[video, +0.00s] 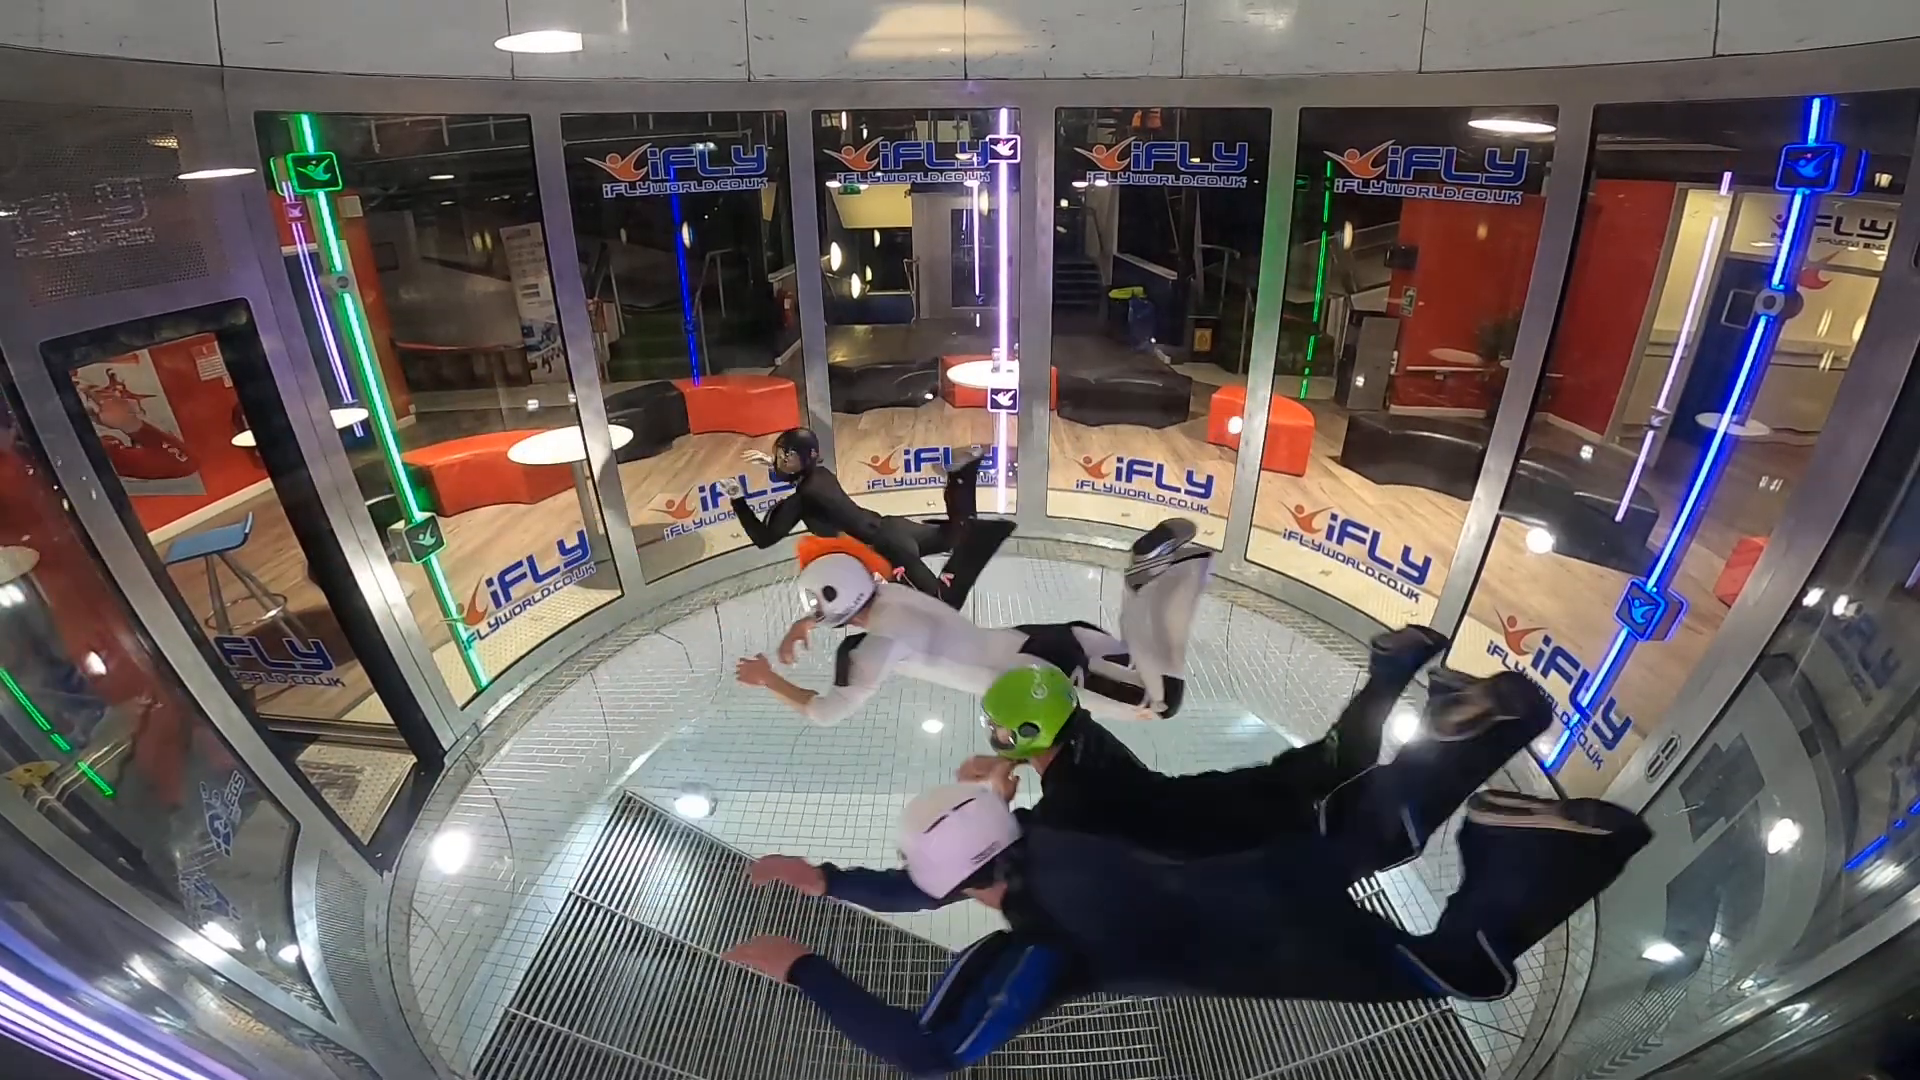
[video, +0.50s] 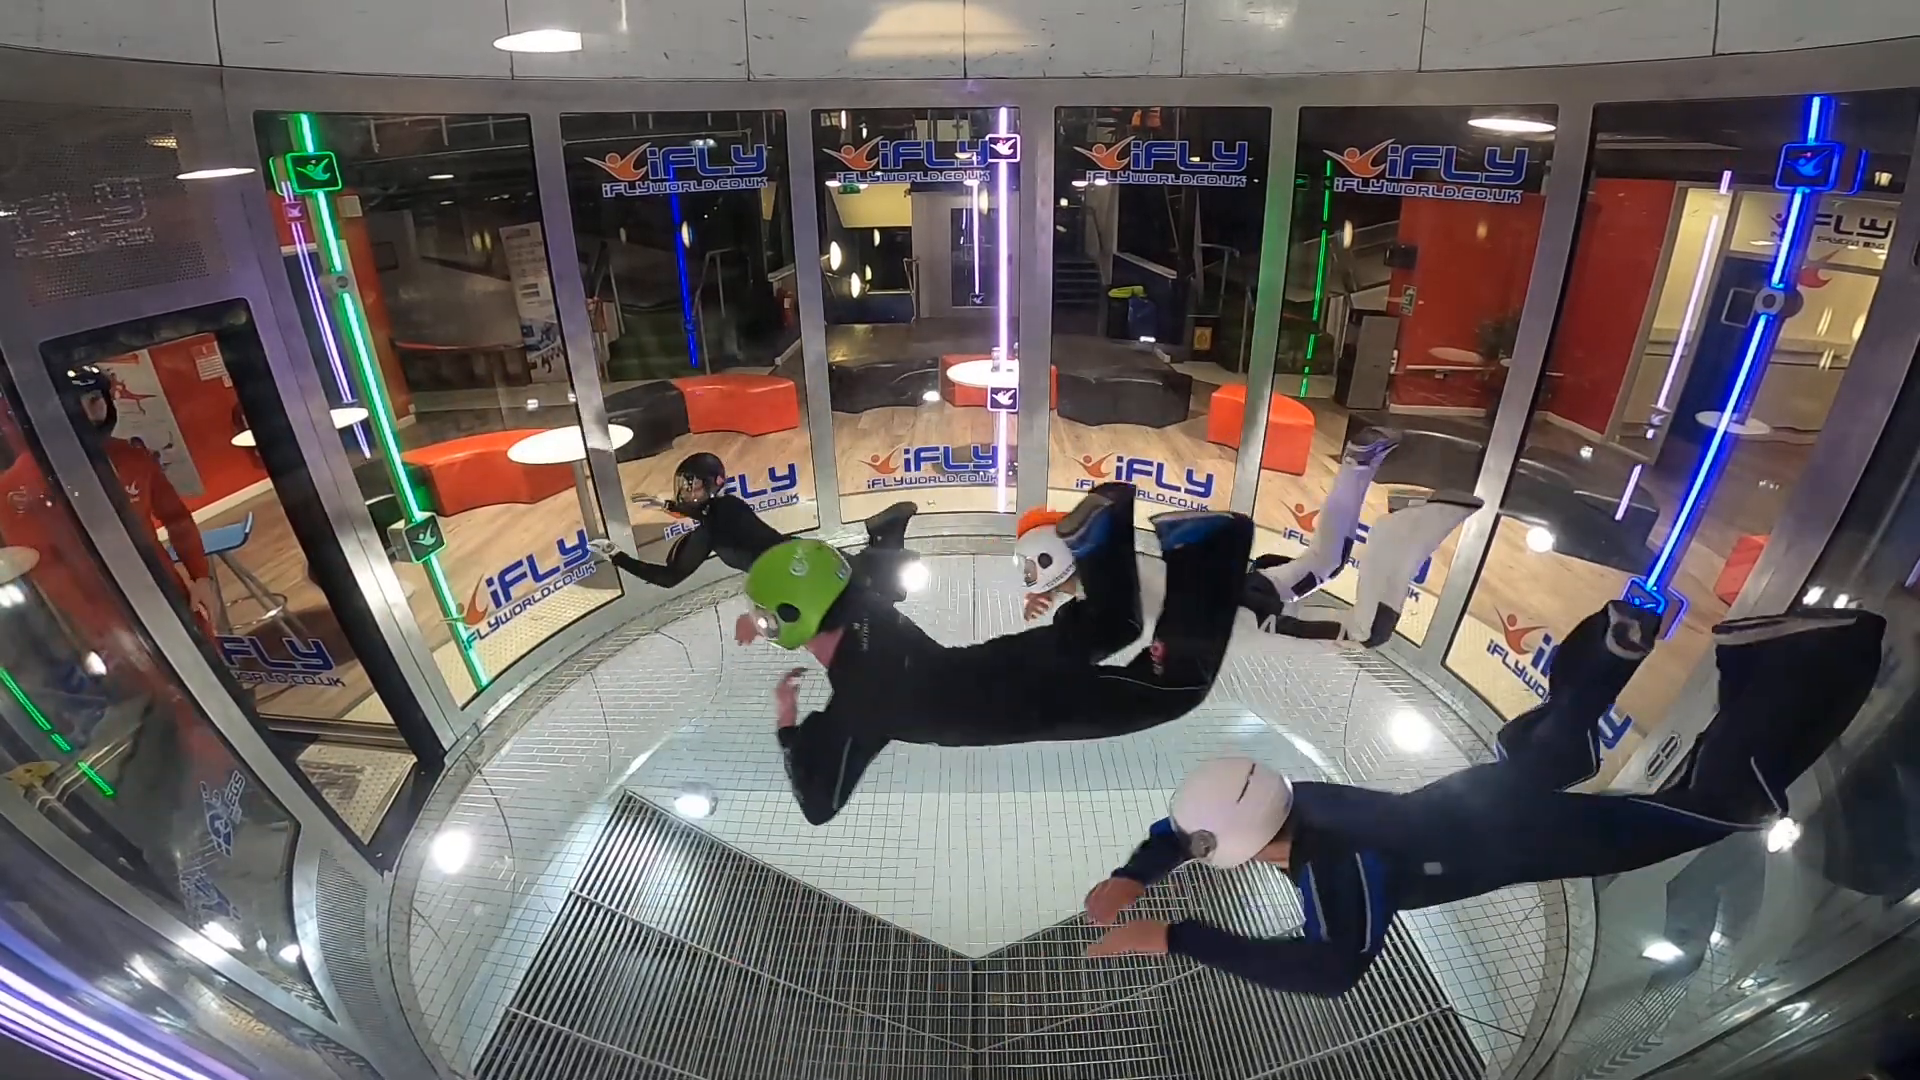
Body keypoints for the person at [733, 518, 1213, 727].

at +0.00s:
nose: (820, 618)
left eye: (826, 609)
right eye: (817, 608)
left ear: (848, 607)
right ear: (858, 581)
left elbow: (827, 708)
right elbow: (840, 605)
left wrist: (772, 683)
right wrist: (803, 629)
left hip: (1033, 667)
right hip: (1026, 639)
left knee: (1161, 699)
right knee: (1138, 665)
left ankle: (1159, 587)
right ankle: (1154, 579)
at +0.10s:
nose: (879, 615)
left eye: (887, 606)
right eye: (875, 607)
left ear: (913, 600)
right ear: (905, 593)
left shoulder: (935, 645)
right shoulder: (935, 601)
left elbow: (887, 711)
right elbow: (890, 617)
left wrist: (827, 702)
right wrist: (862, 634)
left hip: (1088, 662)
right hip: (1073, 639)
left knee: (1215, 695)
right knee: (1168, 641)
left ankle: (1238, 590)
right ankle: (1208, 562)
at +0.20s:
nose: (935, 616)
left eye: (939, 606)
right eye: (932, 606)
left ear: (961, 600)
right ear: (970, 584)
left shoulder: (992, 630)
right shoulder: (993, 600)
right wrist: (920, 640)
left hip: (1128, 663)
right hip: (1124, 633)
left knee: (1231, 698)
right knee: (1223, 620)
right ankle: (1246, 532)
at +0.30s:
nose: (972, 608)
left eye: (979, 596)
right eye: (971, 597)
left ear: (1002, 592)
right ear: (1004, 582)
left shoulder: (1035, 621)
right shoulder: (1034, 595)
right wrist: (966, 628)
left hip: (1164, 643)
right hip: (1163, 628)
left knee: (1260, 604)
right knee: (1255, 591)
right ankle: (1292, 509)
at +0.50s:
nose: (1037, 577)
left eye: (1041, 564)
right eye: (1032, 568)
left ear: (1060, 549)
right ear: (1038, 562)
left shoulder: (1100, 571)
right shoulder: (1086, 573)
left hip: (1245, 592)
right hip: (1229, 590)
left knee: (1324, 558)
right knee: (1313, 564)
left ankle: (1361, 463)